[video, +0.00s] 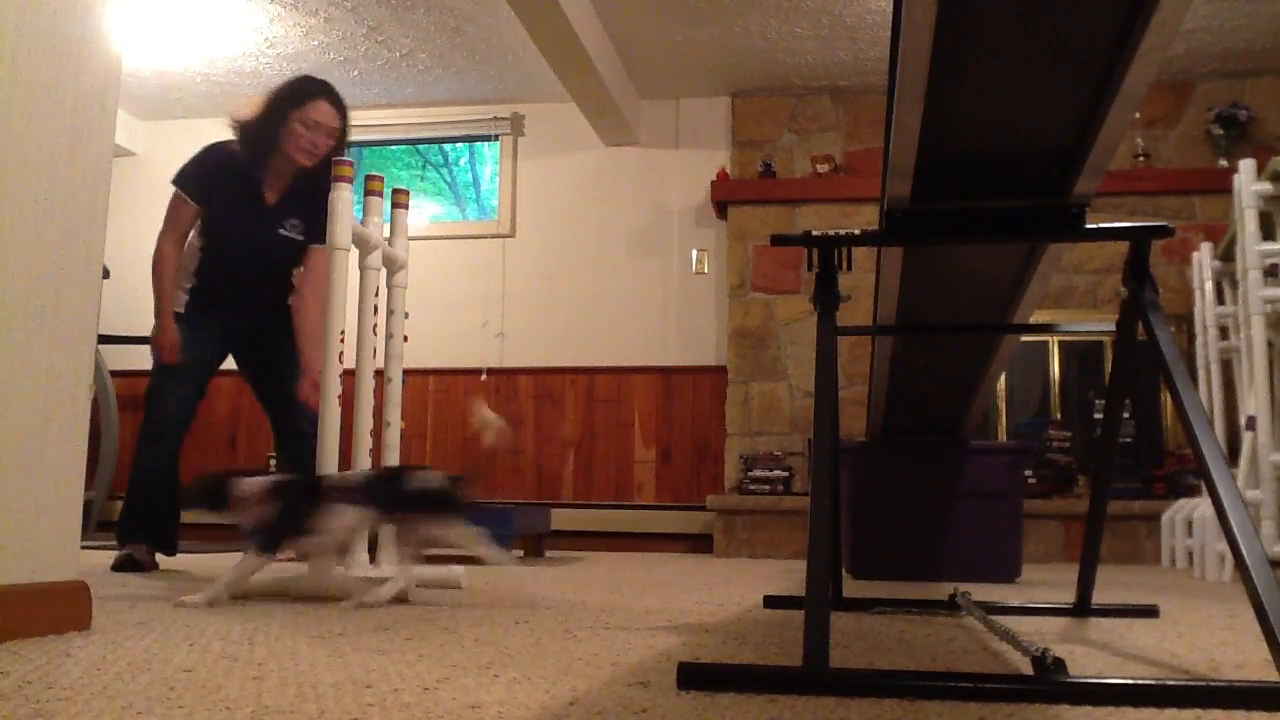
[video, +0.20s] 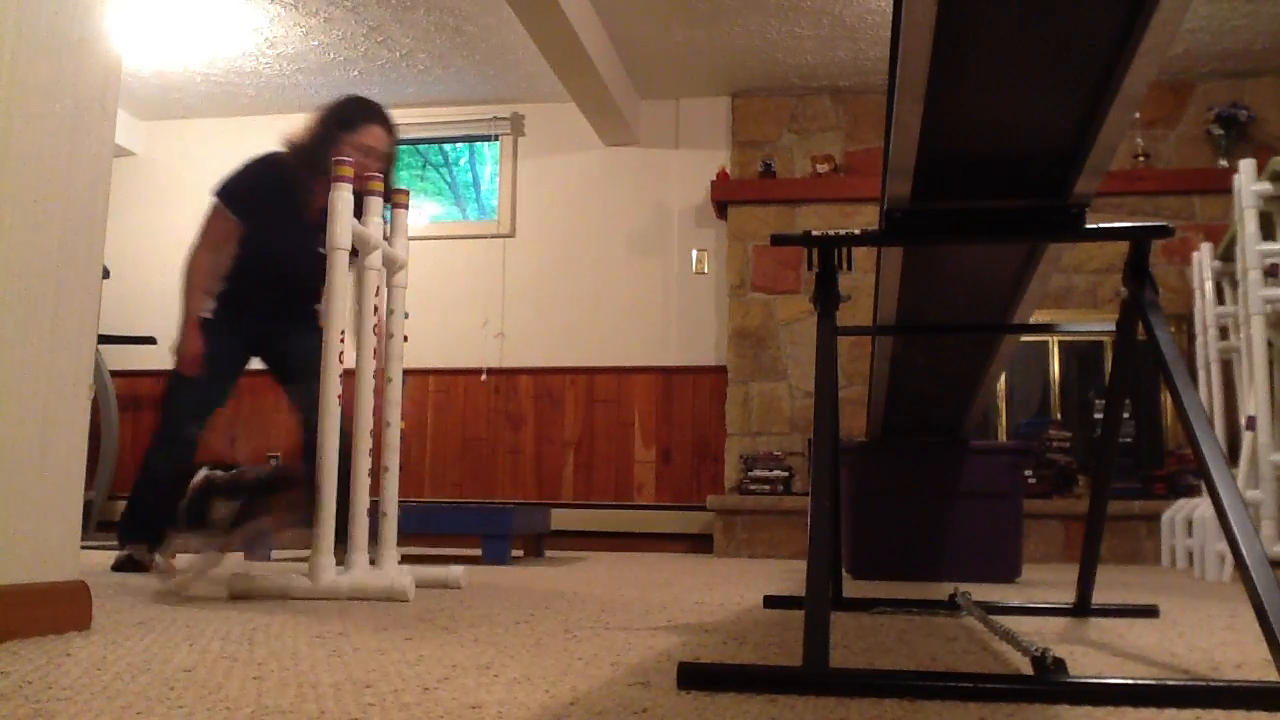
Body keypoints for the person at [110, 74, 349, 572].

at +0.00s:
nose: (316, 140)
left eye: (328, 134)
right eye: (308, 125)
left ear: (333, 144)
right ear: (280, 118)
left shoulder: (316, 193)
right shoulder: (221, 162)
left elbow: (312, 287)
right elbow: (170, 239)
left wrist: (311, 367)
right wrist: (164, 318)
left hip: (268, 319)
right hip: (205, 312)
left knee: (300, 422)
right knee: (165, 414)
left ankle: (297, 538)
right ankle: (140, 542)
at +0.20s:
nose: (370, 165)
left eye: (380, 156)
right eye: (360, 150)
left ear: (386, 159)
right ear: (329, 143)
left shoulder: (355, 206)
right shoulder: (271, 176)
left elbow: (364, 285)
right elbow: (210, 248)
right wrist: (191, 324)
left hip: (293, 323)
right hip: (230, 318)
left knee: (331, 422)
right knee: (181, 422)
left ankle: (344, 541)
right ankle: (139, 541)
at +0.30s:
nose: (392, 174)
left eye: (404, 168)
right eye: (385, 159)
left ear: (411, 174)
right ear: (355, 148)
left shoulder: (386, 216)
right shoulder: (295, 181)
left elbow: (397, 297)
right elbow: (233, 256)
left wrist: (414, 365)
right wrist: (212, 330)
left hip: (314, 329)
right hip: (250, 320)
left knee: (352, 425)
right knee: (195, 424)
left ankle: (346, 546)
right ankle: (139, 541)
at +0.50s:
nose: (433, 189)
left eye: (443, 180)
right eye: (425, 175)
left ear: (451, 180)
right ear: (395, 165)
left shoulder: (428, 232)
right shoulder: (324, 187)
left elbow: (453, 315)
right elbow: (270, 265)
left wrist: (489, 380)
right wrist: (265, 344)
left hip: (348, 319)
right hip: (285, 304)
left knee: (371, 425)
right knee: (232, 410)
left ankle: (349, 539)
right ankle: (161, 531)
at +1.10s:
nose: (399, 142)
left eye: (410, 133)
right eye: (390, 128)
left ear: (418, 139)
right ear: (364, 125)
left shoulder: (405, 200)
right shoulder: (305, 164)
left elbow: (415, 284)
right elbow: (257, 243)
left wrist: (429, 347)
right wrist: (245, 320)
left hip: (349, 313)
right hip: (283, 303)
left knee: (368, 421)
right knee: (234, 410)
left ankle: (357, 542)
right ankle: (157, 524)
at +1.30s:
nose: (345, 122)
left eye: (354, 114)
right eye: (336, 109)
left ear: (362, 122)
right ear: (309, 109)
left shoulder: (342, 182)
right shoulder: (246, 160)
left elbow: (352, 269)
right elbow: (204, 243)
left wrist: (353, 335)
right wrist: (203, 321)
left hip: (286, 313)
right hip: (223, 308)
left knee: (334, 427)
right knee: (196, 429)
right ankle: (123, 534)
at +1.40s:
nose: (317, 125)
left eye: (326, 118)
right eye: (308, 112)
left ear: (330, 127)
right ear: (281, 110)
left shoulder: (300, 189)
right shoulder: (221, 159)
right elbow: (189, 246)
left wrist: (298, 318)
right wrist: (198, 324)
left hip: (232, 304)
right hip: (170, 299)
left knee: (277, 416)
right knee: (169, 418)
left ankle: (289, 533)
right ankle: (116, 541)